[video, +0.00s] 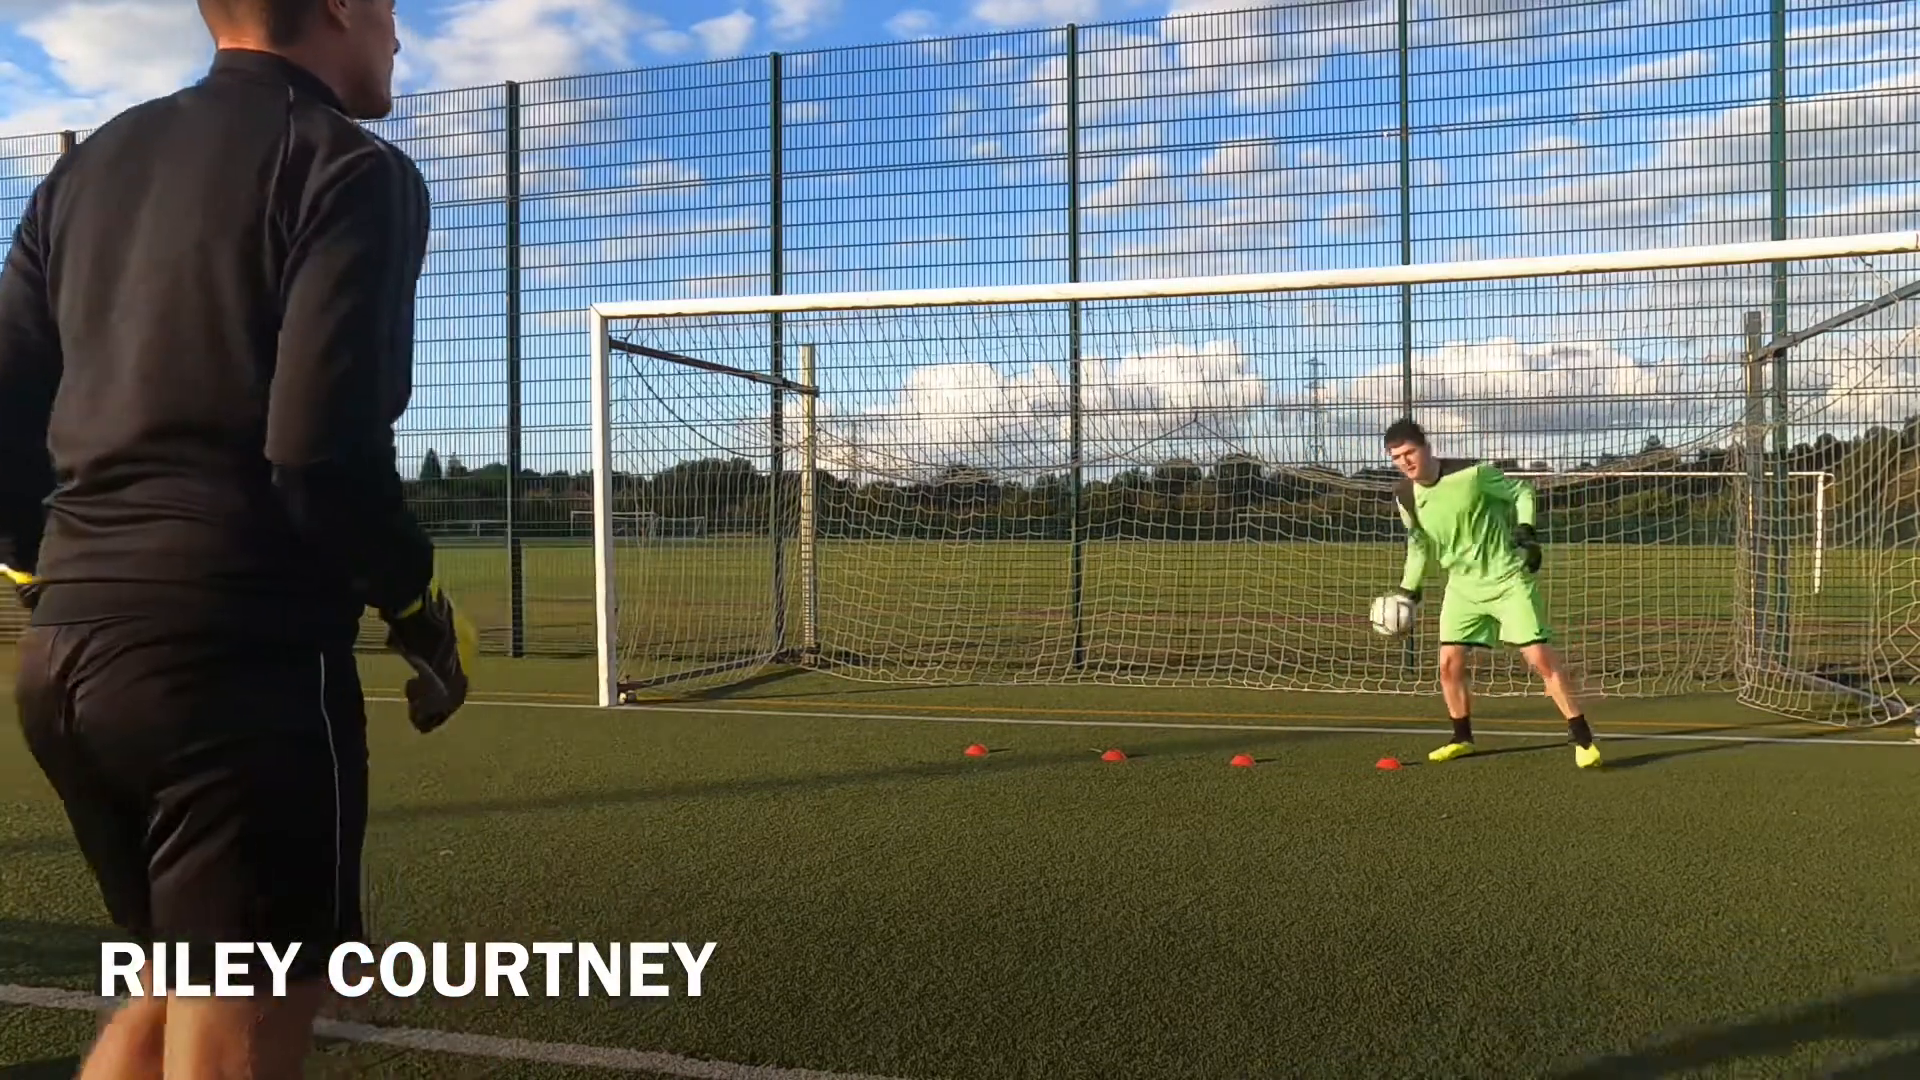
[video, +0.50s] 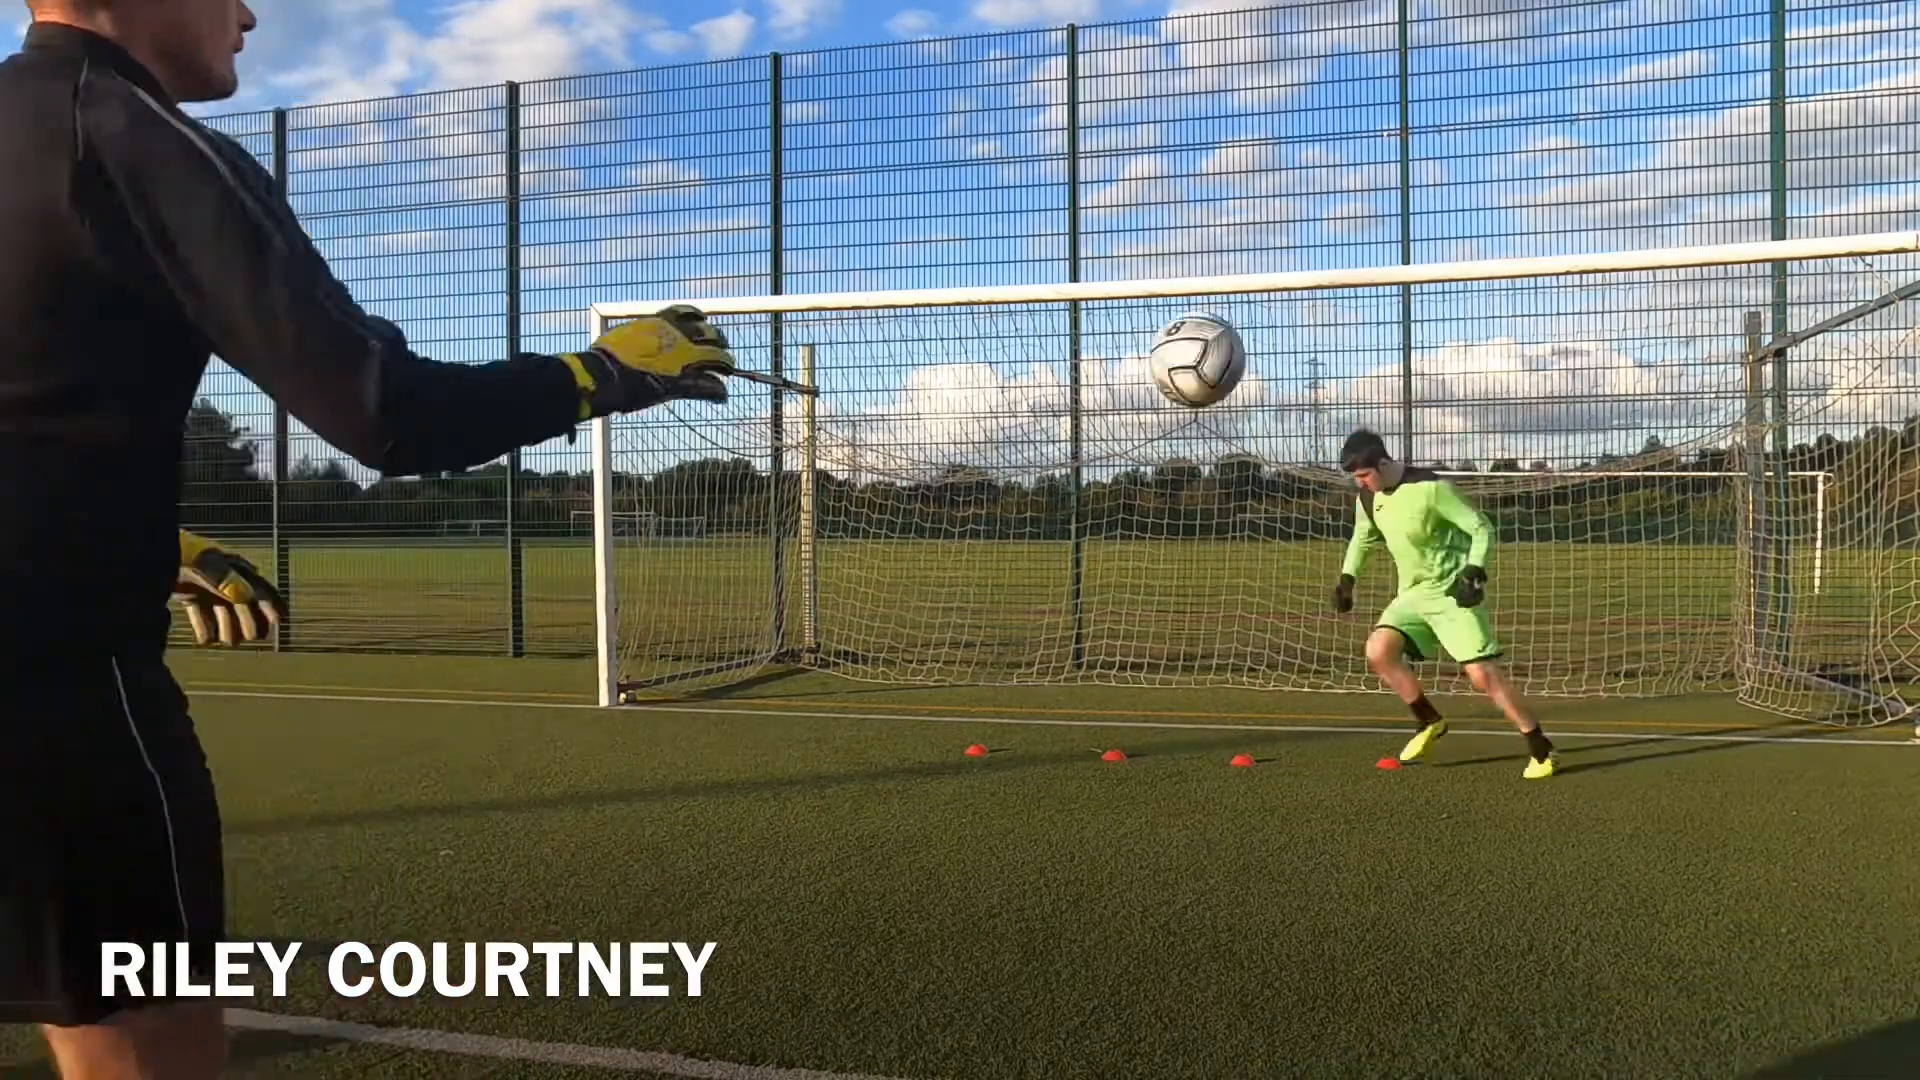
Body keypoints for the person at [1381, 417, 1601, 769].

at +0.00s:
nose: (1406, 461)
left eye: (1410, 452)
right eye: (1398, 458)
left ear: (1427, 447)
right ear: (1394, 462)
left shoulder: (1476, 475)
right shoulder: (1407, 500)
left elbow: (1523, 491)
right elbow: (1417, 545)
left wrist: (1526, 532)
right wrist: (1408, 593)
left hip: (1510, 579)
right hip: (1462, 587)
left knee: (1539, 658)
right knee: (1449, 663)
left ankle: (1583, 739)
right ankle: (1462, 738)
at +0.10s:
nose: (1389, 466)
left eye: (1393, 457)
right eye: (1383, 461)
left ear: (1412, 445)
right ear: (1382, 459)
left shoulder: (1462, 466)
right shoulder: (1394, 491)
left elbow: (1511, 489)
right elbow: (1407, 543)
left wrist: (1515, 534)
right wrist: (1400, 556)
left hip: (1498, 573)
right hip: (1453, 581)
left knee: (1522, 652)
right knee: (1443, 659)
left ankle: (1563, 734)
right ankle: (1461, 737)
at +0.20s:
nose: (1378, 463)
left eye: (1381, 455)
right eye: (1373, 458)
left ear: (1399, 442)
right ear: (1372, 455)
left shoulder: (1451, 460)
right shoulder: (1387, 484)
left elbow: (1502, 484)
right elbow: (1399, 537)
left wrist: (1504, 528)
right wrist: (1417, 510)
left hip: (1487, 567)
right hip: (1444, 576)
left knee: (1511, 649)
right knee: (1448, 659)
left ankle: (1545, 734)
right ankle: (1461, 737)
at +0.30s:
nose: (1369, 461)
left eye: (1372, 453)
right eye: (1364, 455)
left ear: (1392, 438)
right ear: (1365, 451)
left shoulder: (1444, 458)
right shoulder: (1378, 484)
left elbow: (1492, 481)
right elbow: (1393, 535)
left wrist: (1494, 526)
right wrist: (1422, 539)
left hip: (1481, 569)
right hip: (1438, 579)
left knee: (1504, 647)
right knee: (1453, 660)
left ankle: (1533, 738)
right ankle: (1464, 738)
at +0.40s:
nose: (1365, 466)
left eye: (1368, 458)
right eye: (1360, 461)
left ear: (1388, 444)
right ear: (1363, 457)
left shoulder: (1442, 465)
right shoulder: (1374, 489)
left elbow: (1487, 493)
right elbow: (1382, 535)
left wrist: (1484, 539)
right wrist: (1396, 567)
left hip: (1471, 580)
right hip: (1427, 590)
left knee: (1495, 657)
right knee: (1431, 668)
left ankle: (1537, 744)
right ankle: (1459, 721)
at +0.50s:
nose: (1360, 483)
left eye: (1364, 474)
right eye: (1355, 477)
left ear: (1383, 462)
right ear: (1355, 474)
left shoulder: (1431, 489)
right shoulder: (1367, 498)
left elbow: (1481, 528)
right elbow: (1363, 537)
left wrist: (1474, 571)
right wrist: (1346, 579)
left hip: (1452, 592)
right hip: (1410, 597)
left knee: (1482, 674)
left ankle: (1542, 749)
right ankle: (1430, 721)